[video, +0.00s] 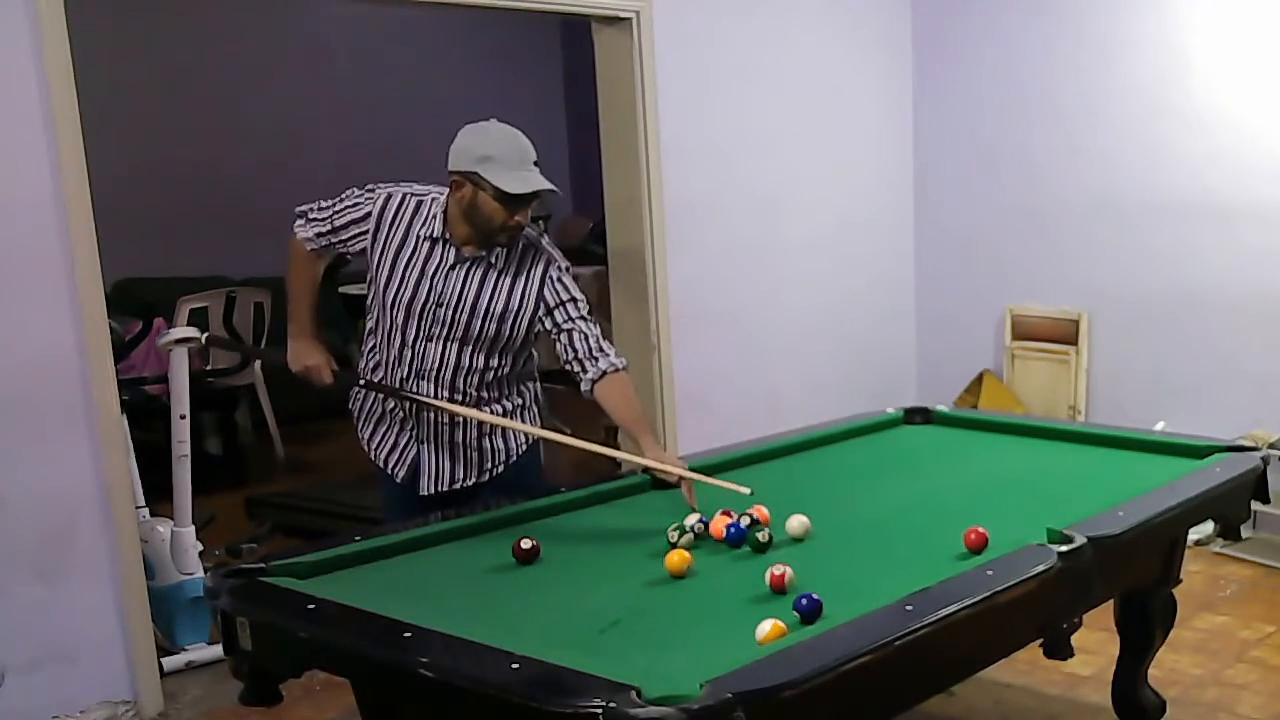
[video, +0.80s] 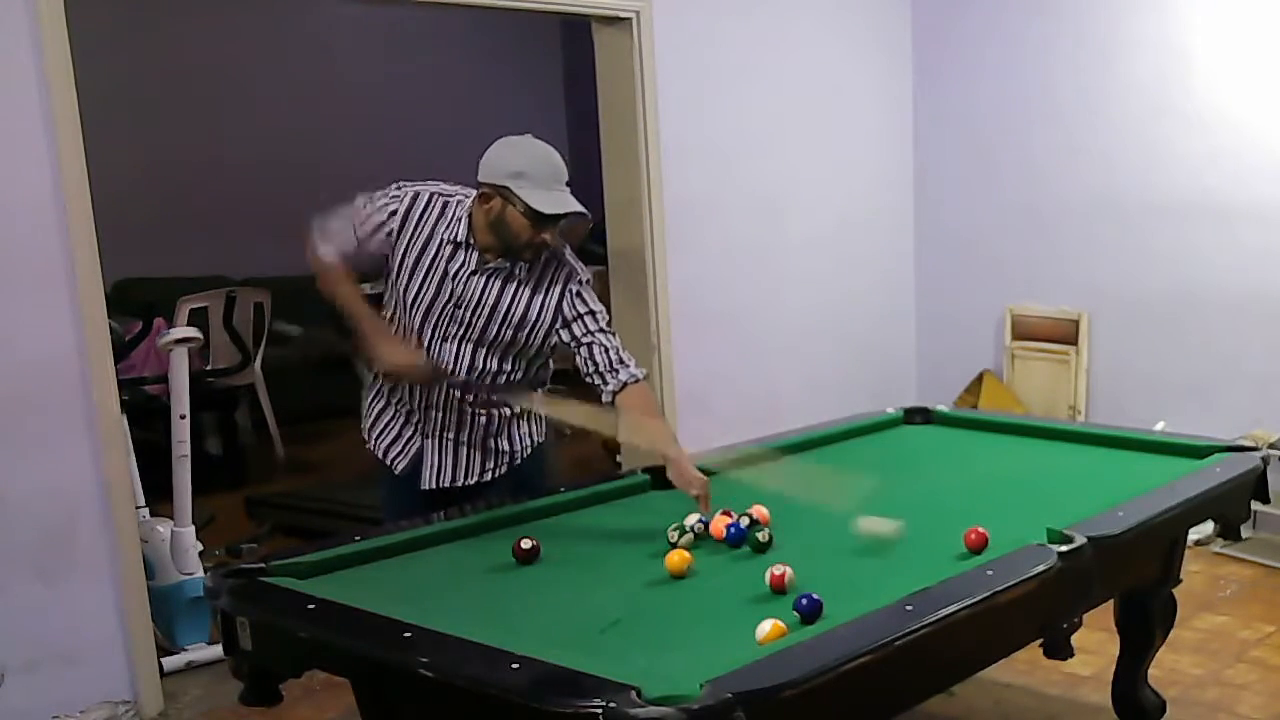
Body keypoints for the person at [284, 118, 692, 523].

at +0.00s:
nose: (523, 216)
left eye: (530, 201)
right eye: (510, 200)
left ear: (535, 195)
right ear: (462, 187)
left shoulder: (541, 266)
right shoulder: (388, 211)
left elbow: (593, 358)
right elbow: (310, 232)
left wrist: (647, 440)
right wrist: (301, 335)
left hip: (499, 442)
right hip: (404, 439)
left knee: (526, 579)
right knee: (418, 592)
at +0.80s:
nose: (549, 235)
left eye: (555, 221)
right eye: (537, 219)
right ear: (492, 200)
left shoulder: (563, 280)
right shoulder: (413, 211)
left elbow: (619, 376)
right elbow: (323, 243)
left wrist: (672, 457)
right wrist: (379, 339)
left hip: (507, 446)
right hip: (408, 437)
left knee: (523, 584)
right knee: (413, 590)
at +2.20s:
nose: (437, 146)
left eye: (446, 133)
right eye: (420, 134)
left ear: (458, 133)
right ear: (386, 135)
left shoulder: (494, 209)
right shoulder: (348, 213)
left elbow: (524, 288)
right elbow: (309, 289)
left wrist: (532, 355)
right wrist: (328, 338)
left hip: (494, 417)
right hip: (403, 424)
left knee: (513, 551)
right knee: (413, 563)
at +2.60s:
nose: (482, 150)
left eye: (492, 137)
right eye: (467, 137)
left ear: (505, 139)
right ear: (440, 137)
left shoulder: (537, 211)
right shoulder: (396, 206)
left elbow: (563, 291)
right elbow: (353, 282)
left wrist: (578, 356)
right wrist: (378, 327)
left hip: (521, 416)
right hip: (433, 418)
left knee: (523, 550)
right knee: (437, 557)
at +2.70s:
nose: (488, 151)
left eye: (497, 138)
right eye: (473, 138)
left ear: (510, 141)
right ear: (445, 137)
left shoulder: (542, 213)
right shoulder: (400, 205)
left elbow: (570, 292)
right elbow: (360, 282)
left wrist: (583, 358)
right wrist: (382, 326)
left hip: (523, 418)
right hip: (433, 418)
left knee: (527, 550)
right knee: (436, 558)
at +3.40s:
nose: (414, 151)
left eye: (424, 137)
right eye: (398, 139)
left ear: (438, 139)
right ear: (372, 140)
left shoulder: (485, 213)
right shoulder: (347, 212)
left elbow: (537, 296)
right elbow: (334, 289)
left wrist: (520, 374)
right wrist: (330, 337)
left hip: (477, 425)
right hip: (386, 428)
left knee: (483, 565)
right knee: (385, 569)